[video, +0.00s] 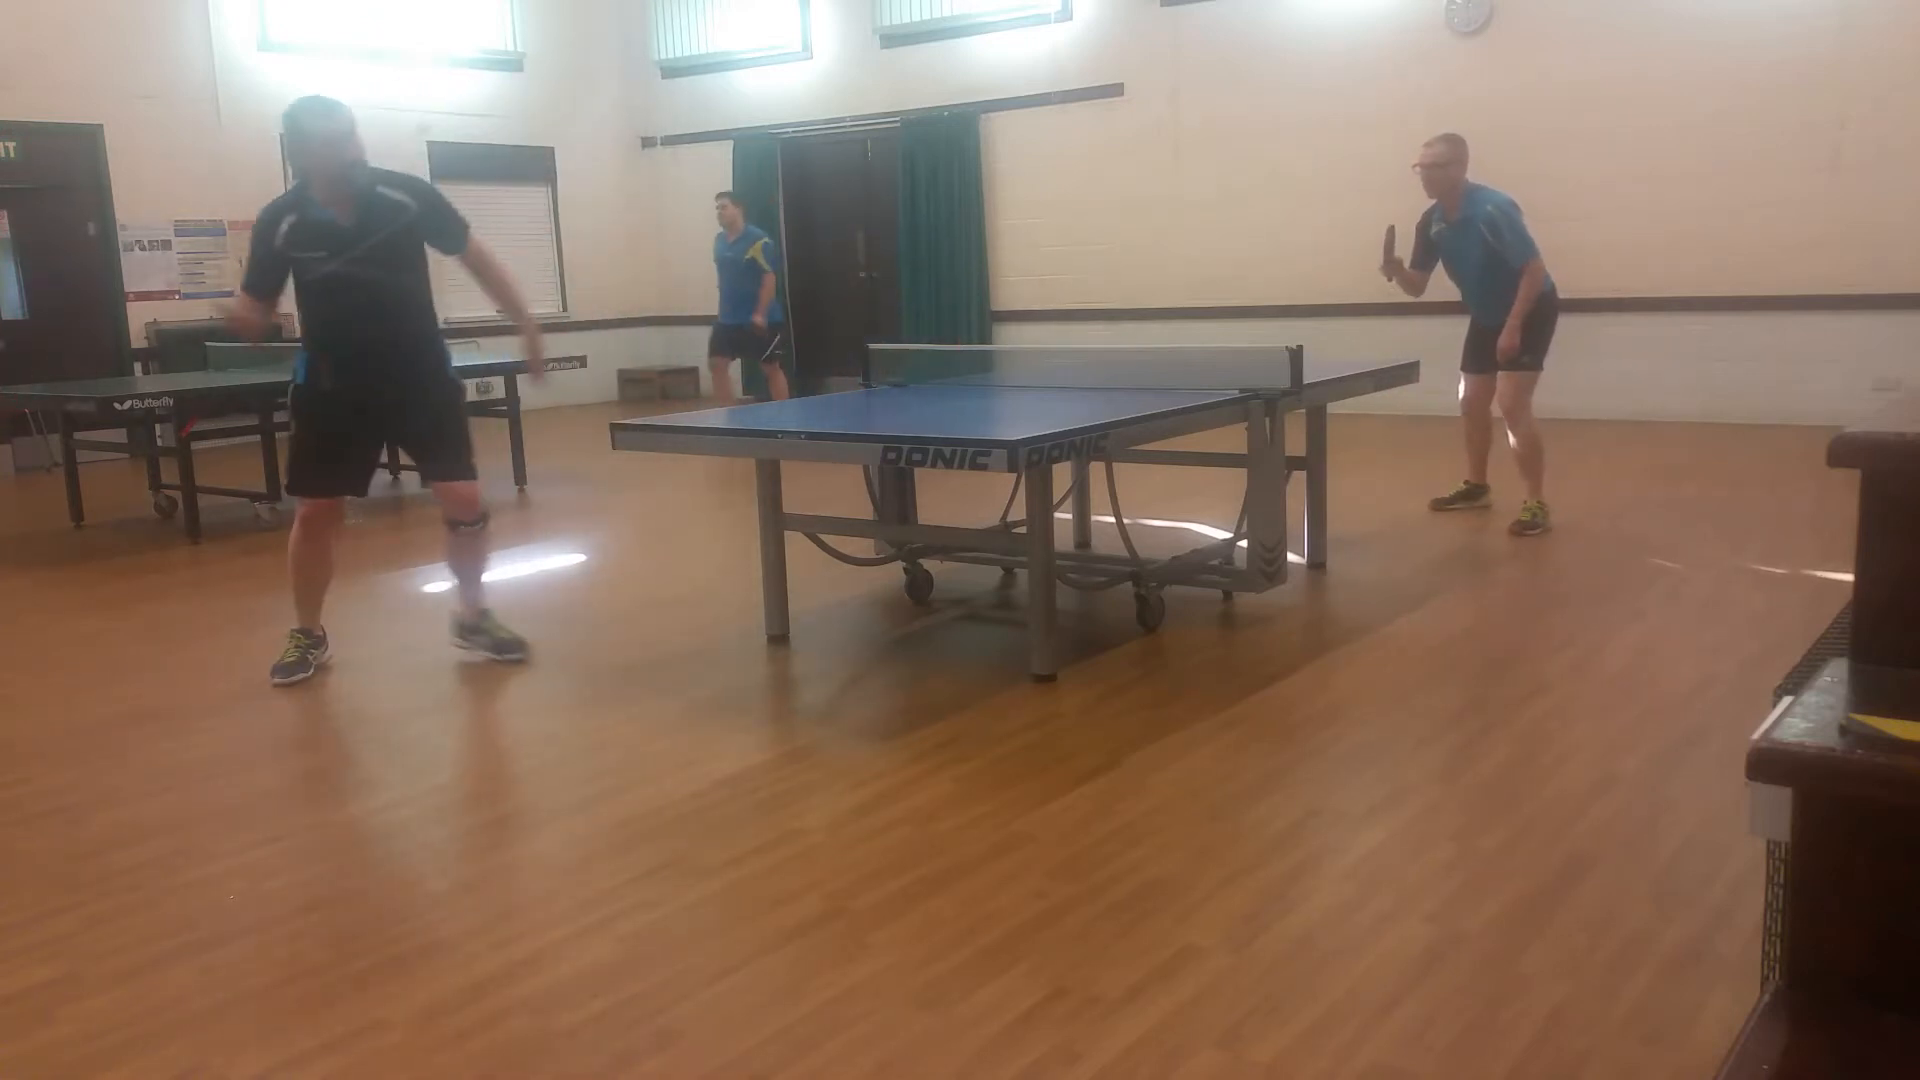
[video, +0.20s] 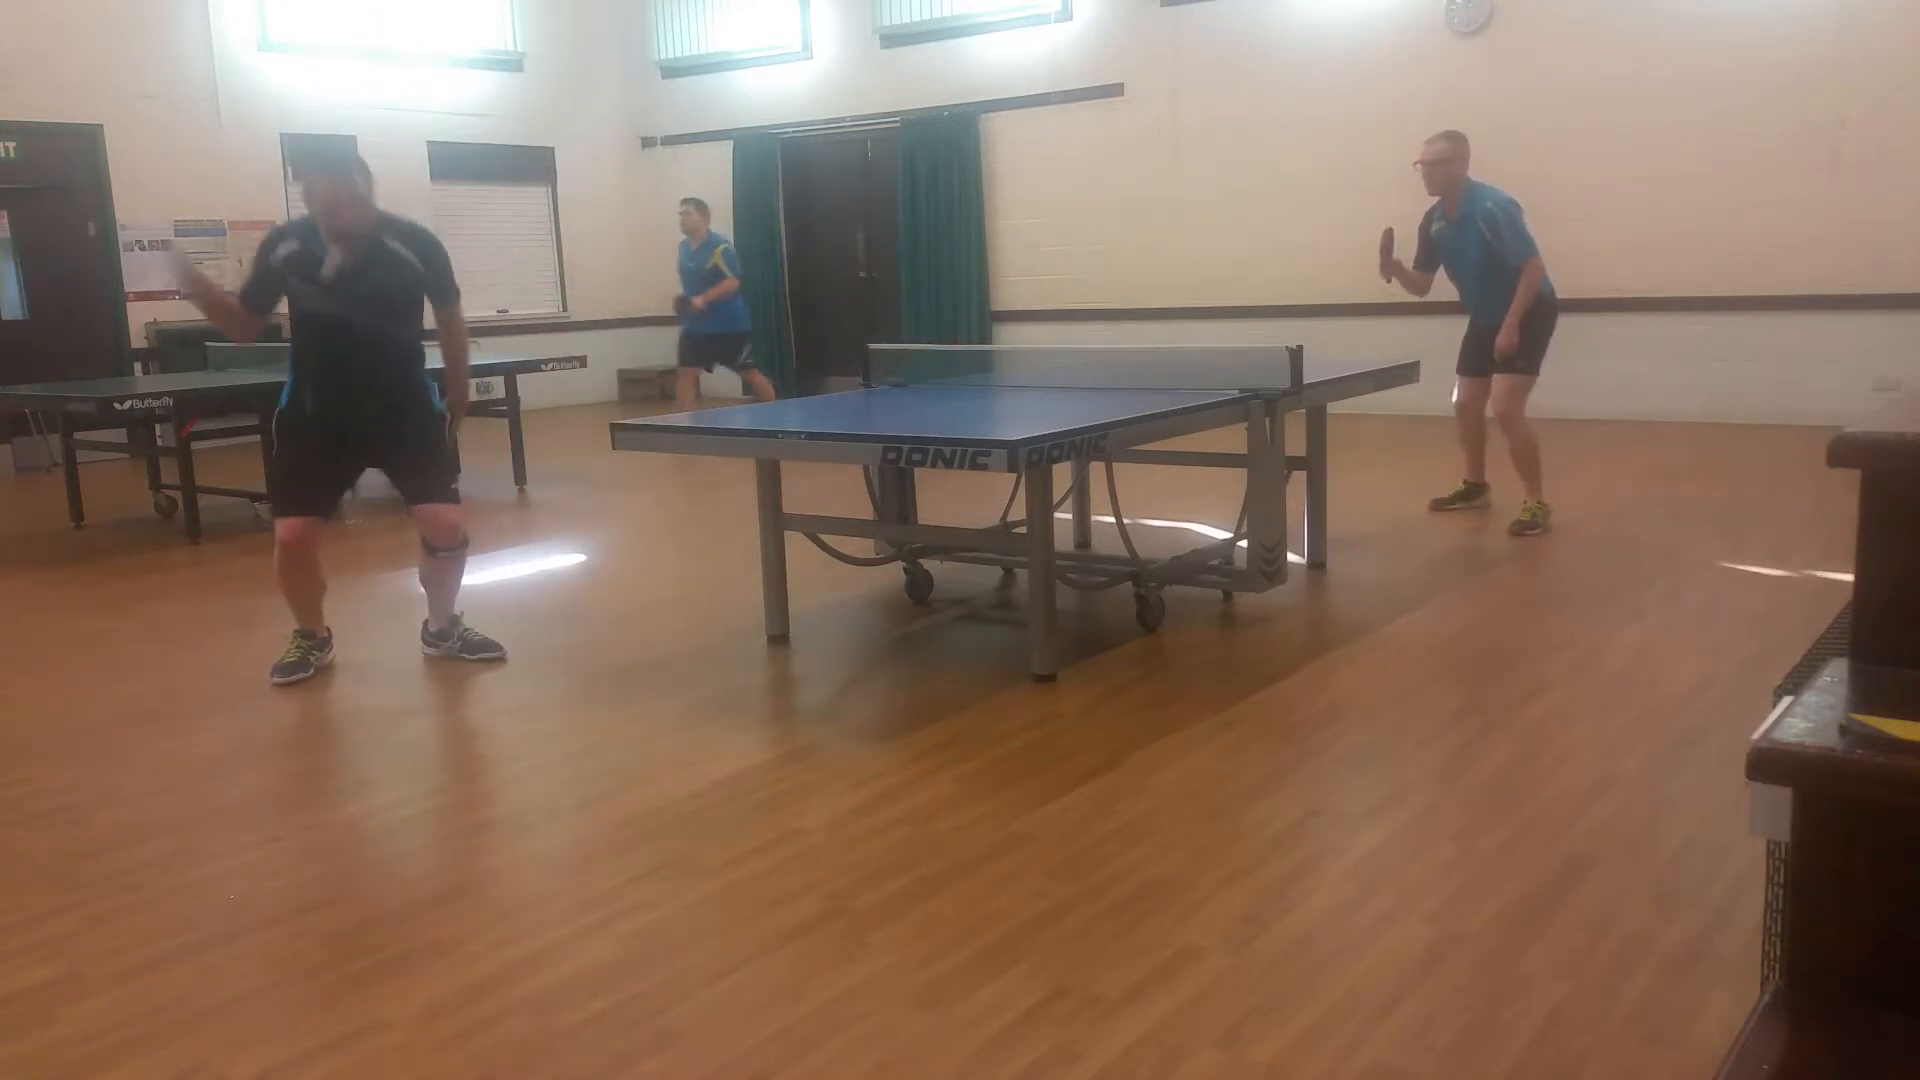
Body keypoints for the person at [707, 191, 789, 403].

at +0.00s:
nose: (719, 212)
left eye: (723, 207)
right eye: (717, 208)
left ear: (738, 209)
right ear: (717, 213)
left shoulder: (758, 240)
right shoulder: (720, 240)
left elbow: (769, 277)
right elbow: (724, 279)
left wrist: (761, 313)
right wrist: (725, 311)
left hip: (760, 319)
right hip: (728, 319)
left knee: (771, 368)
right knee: (718, 365)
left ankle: (784, 417)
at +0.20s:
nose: (681, 219)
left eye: (687, 214)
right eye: (681, 215)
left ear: (704, 217)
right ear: (680, 219)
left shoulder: (720, 246)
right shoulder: (684, 248)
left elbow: (734, 281)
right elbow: (693, 283)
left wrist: (702, 298)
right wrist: (686, 300)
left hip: (729, 325)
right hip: (697, 325)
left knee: (750, 375)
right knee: (686, 375)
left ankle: (776, 417)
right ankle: (685, 427)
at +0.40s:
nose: (647, 208)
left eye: (652, 203)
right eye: (646, 203)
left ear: (669, 206)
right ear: (647, 208)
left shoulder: (689, 236)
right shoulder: (650, 238)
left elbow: (702, 273)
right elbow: (655, 278)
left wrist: (666, 283)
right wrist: (648, 314)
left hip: (690, 318)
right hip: (662, 319)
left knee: (692, 370)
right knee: (671, 375)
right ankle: (682, 425)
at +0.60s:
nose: (615, 215)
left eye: (620, 210)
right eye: (614, 211)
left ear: (638, 212)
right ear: (615, 215)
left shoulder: (660, 242)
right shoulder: (619, 244)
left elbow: (677, 280)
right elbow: (614, 284)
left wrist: (642, 287)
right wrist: (602, 312)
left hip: (661, 323)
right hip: (635, 324)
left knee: (648, 377)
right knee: (658, 381)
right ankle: (685, 432)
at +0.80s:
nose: (584, 224)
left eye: (589, 219)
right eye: (583, 219)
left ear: (606, 219)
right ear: (588, 222)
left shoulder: (631, 248)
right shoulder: (594, 249)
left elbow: (648, 288)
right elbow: (600, 287)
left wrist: (613, 298)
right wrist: (587, 301)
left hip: (632, 330)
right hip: (606, 329)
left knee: (615, 378)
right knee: (606, 380)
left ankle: (633, 440)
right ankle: (630, 438)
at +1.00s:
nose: (563, 217)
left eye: (568, 212)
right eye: (561, 212)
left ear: (585, 212)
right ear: (562, 214)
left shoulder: (610, 240)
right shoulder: (565, 242)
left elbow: (628, 279)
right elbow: (571, 284)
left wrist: (594, 292)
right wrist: (568, 316)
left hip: (615, 318)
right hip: (584, 318)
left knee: (611, 375)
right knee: (569, 373)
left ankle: (624, 442)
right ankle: (562, 432)